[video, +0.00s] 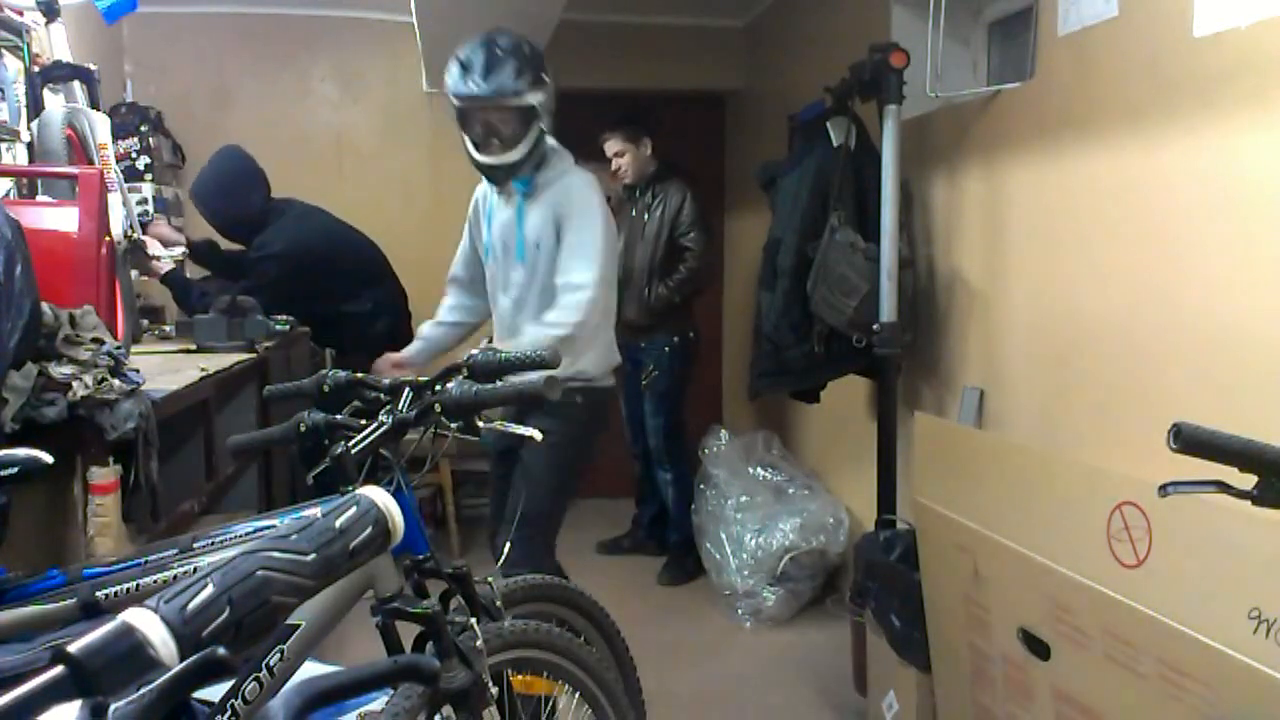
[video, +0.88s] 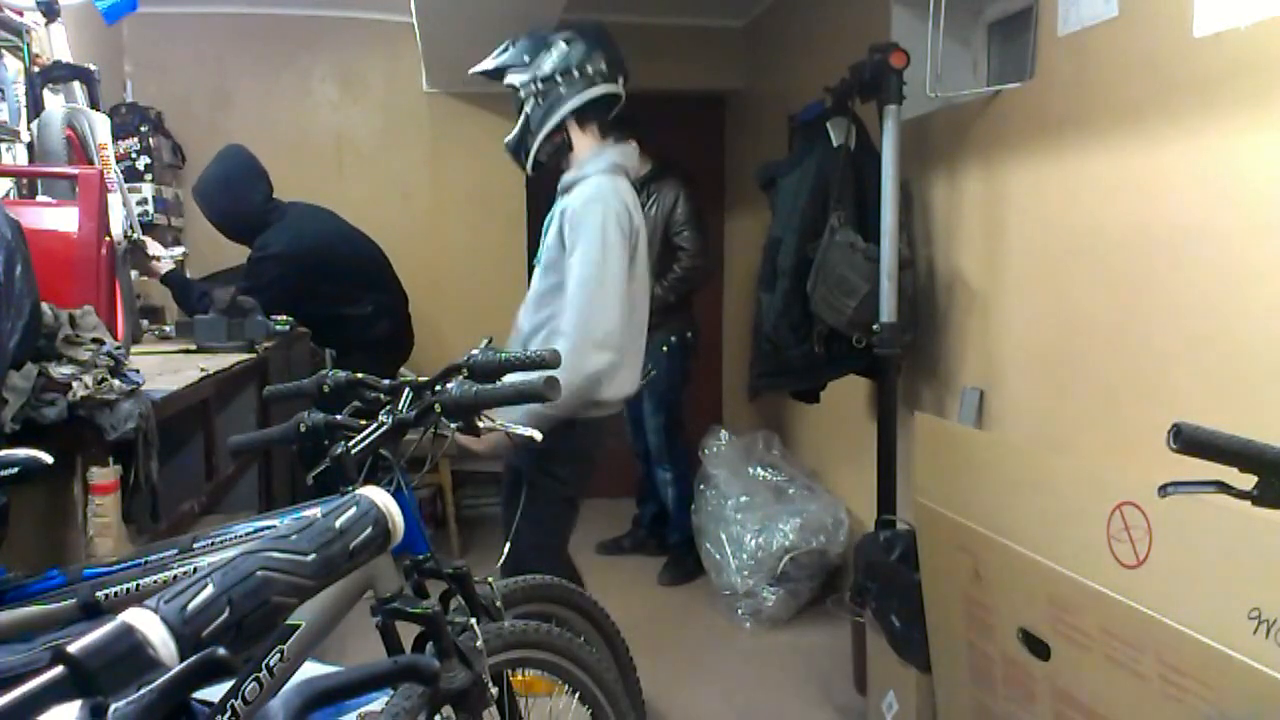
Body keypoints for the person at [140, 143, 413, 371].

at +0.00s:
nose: (213, 222)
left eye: (213, 213)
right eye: (210, 213)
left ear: (229, 210)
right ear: (252, 191)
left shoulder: (278, 252)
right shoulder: (284, 215)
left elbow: (222, 311)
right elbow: (244, 268)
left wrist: (169, 274)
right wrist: (186, 244)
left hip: (369, 351)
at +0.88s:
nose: (217, 225)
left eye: (216, 216)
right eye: (213, 216)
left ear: (231, 211)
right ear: (258, 190)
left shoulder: (275, 254)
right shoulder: (297, 216)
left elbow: (229, 312)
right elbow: (250, 290)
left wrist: (164, 272)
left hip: (370, 349)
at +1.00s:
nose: (217, 226)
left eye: (216, 217)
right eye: (213, 218)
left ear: (229, 214)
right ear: (257, 191)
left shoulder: (275, 253)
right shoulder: (296, 216)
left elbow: (220, 315)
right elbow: (268, 264)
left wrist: (164, 273)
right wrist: (227, 278)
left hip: (372, 350)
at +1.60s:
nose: (214, 221)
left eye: (213, 212)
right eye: (211, 213)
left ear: (228, 210)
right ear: (254, 191)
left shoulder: (272, 251)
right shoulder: (288, 216)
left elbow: (229, 317)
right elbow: (246, 279)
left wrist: (170, 274)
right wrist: (190, 255)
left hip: (377, 349)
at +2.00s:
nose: (210, 222)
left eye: (209, 214)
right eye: (207, 214)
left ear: (226, 211)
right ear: (251, 192)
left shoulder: (272, 252)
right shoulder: (284, 216)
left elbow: (226, 312)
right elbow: (246, 272)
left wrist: (171, 274)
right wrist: (186, 254)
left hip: (371, 348)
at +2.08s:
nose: (211, 223)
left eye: (210, 214)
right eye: (207, 214)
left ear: (225, 212)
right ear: (251, 192)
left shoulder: (272, 251)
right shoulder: (285, 217)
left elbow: (225, 312)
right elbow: (246, 272)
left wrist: (169, 274)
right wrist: (185, 256)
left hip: (373, 347)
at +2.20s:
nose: (209, 223)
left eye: (209, 214)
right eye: (206, 215)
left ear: (224, 212)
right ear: (251, 191)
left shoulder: (272, 250)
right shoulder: (285, 218)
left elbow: (226, 315)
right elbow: (243, 279)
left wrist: (167, 275)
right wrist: (183, 264)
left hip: (372, 348)